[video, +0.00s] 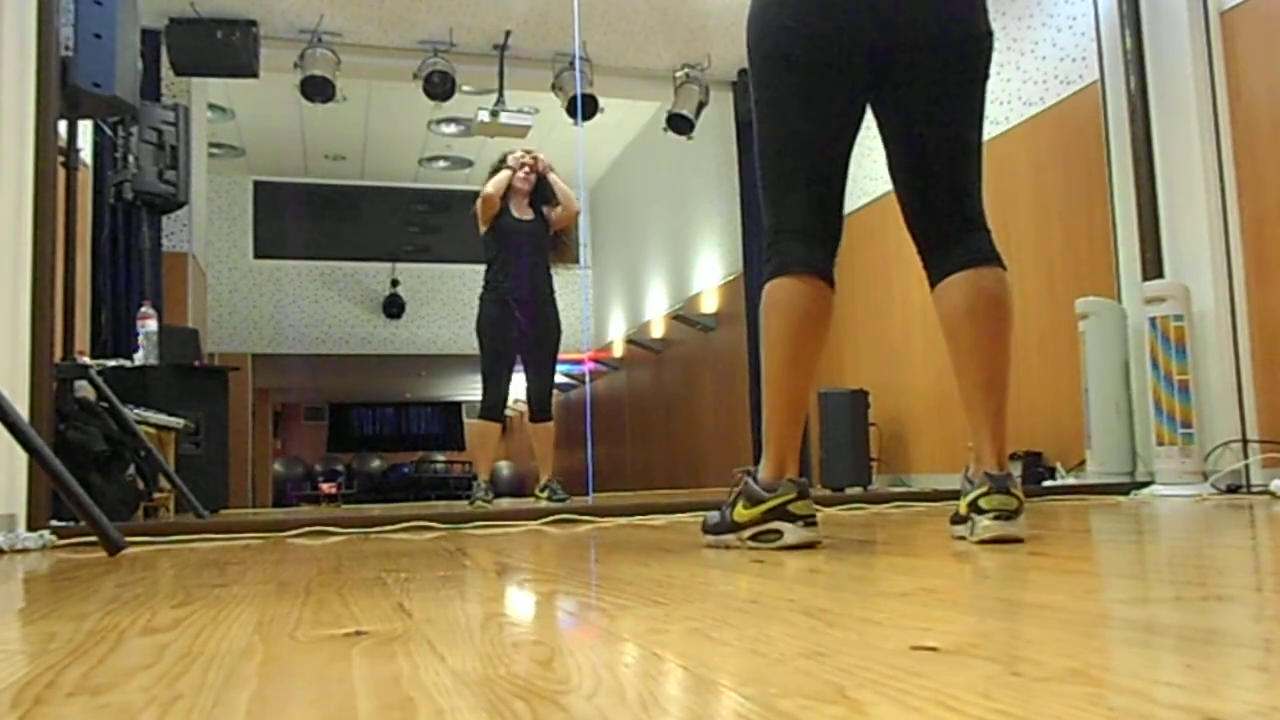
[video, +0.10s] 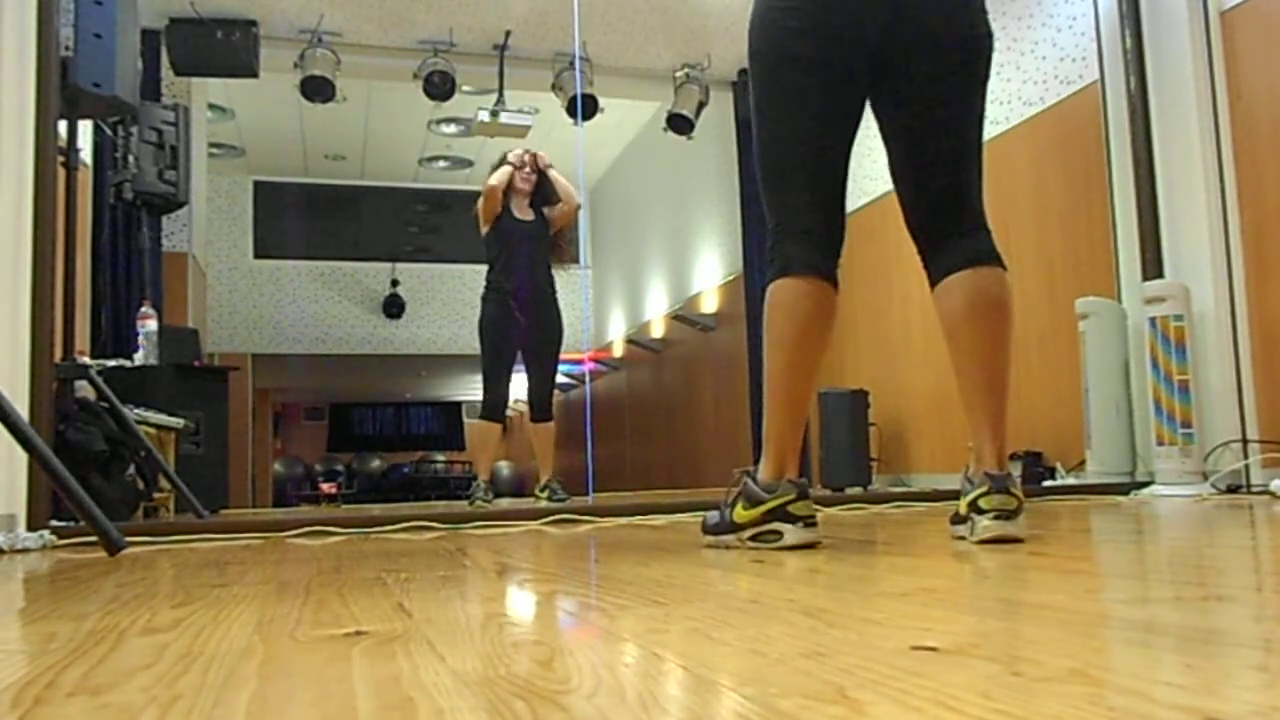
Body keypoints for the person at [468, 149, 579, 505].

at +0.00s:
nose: (526, 172)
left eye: (531, 169)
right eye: (520, 167)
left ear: (537, 179)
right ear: (507, 175)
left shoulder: (544, 216)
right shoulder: (491, 212)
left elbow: (572, 209)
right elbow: (490, 193)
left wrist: (549, 173)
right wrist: (509, 169)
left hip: (542, 308)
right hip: (500, 308)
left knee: (541, 398)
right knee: (494, 397)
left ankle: (546, 480)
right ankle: (482, 481)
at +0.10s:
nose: (525, 173)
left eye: (531, 169)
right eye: (520, 168)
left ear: (538, 179)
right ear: (507, 175)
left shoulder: (546, 218)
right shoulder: (492, 213)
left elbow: (572, 202)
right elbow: (492, 186)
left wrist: (547, 169)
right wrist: (509, 163)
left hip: (543, 309)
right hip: (501, 309)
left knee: (542, 399)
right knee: (494, 398)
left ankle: (546, 480)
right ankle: (482, 481)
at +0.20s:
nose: (525, 173)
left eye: (531, 169)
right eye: (520, 167)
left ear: (539, 179)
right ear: (508, 174)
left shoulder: (546, 217)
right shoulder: (492, 212)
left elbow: (574, 203)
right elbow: (490, 183)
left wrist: (548, 168)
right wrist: (509, 161)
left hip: (544, 309)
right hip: (502, 309)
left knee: (542, 398)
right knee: (496, 397)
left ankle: (546, 481)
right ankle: (482, 482)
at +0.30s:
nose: (525, 173)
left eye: (531, 169)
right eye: (520, 167)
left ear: (539, 178)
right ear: (508, 174)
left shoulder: (545, 218)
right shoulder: (492, 213)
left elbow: (573, 204)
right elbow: (486, 180)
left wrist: (549, 169)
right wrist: (508, 160)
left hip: (545, 307)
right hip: (503, 308)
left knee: (543, 396)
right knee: (497, 397)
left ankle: (547, 481)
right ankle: (483, 482)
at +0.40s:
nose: (524, 172)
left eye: (531, 168)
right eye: (519, 166)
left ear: (538, 178)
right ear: (507, 173)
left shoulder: (544, 217)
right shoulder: (491, 212)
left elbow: (574, 205)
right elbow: (481, 176)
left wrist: (549, 170)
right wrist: (505, 159)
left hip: (546, 307)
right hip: (504, 307)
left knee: (543, 396)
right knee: (499, 397)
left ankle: (546, 480)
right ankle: (483, 481)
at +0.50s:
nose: (524, 170)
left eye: (530, 167)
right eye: (519, 164)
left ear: (537, 176)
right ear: (506, 172)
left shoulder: (544, 217)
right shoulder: (489, 210)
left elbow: (573, 204)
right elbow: (477, 173)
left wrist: (550, 169)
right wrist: (503, 158)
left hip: (545, 306)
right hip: (504, 307)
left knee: (543, 396)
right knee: (500, 397)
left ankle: (546, 480)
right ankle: (484, 481)